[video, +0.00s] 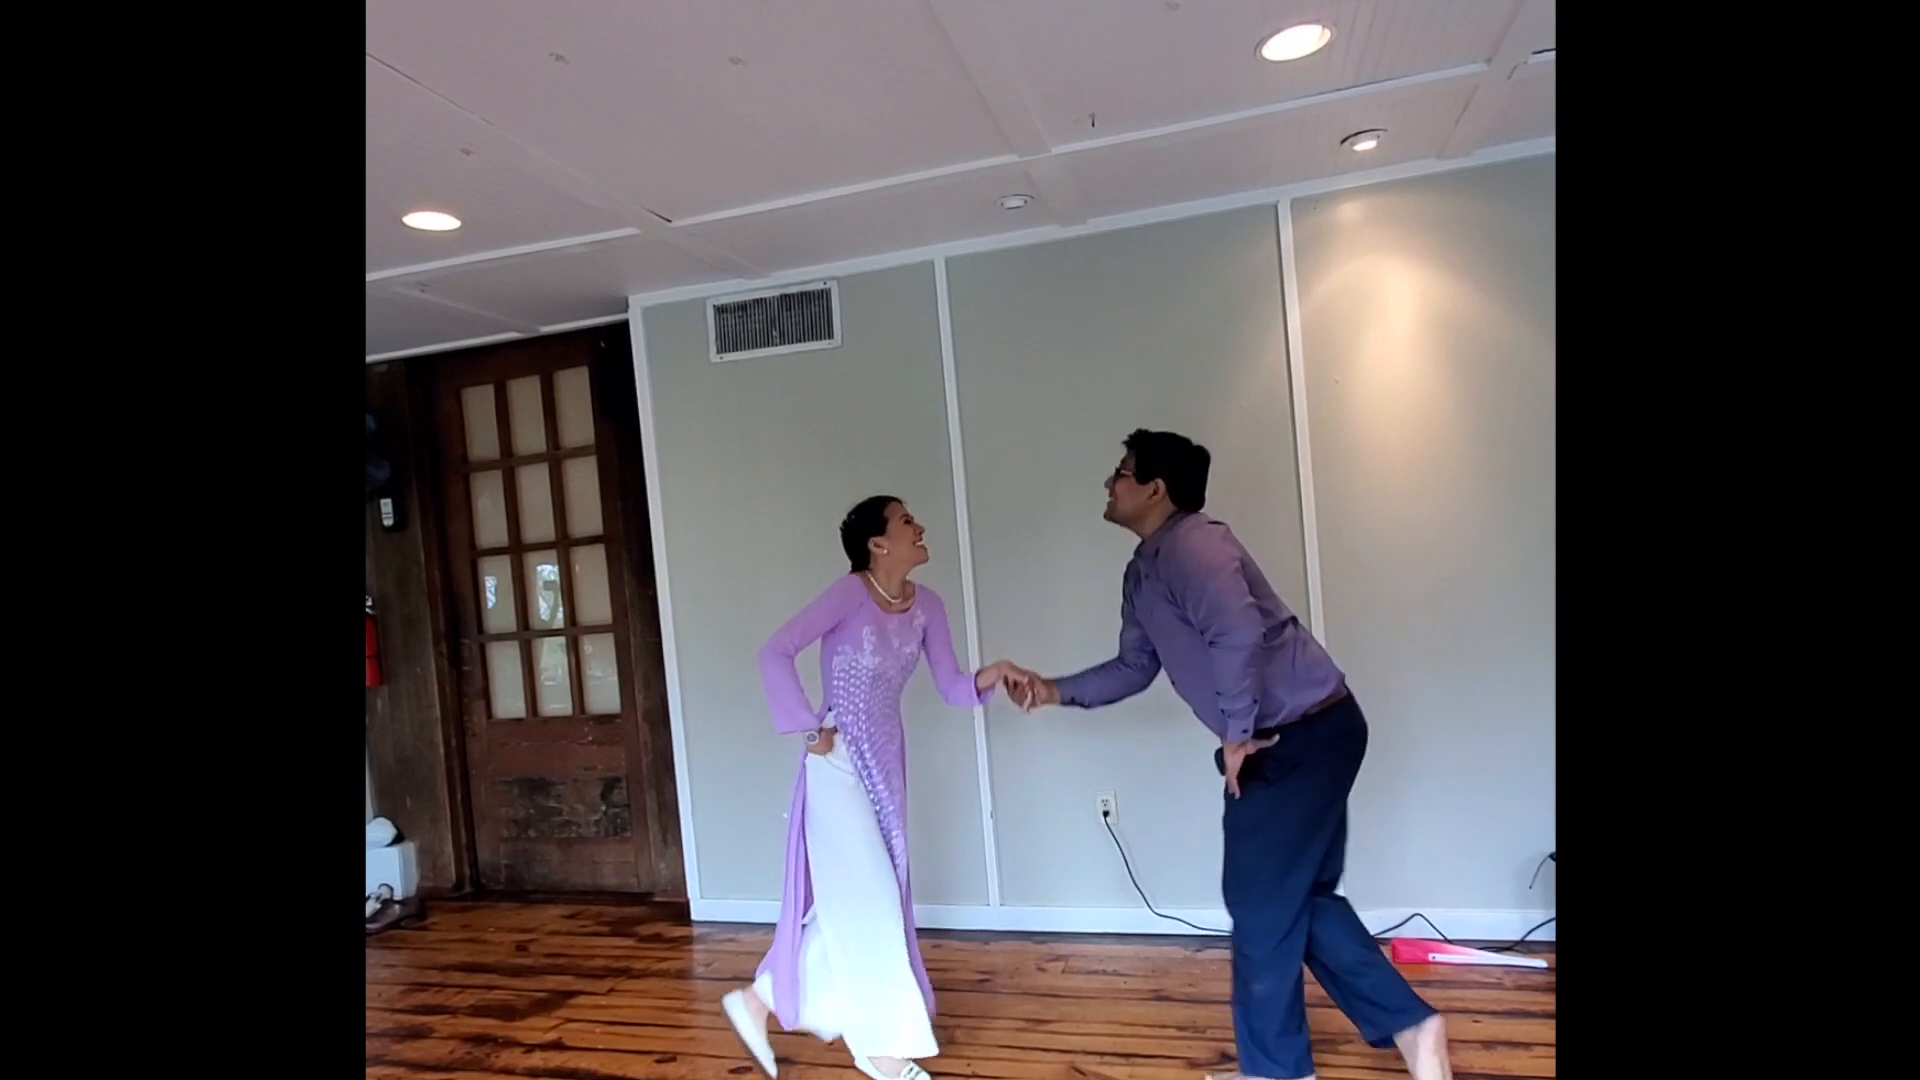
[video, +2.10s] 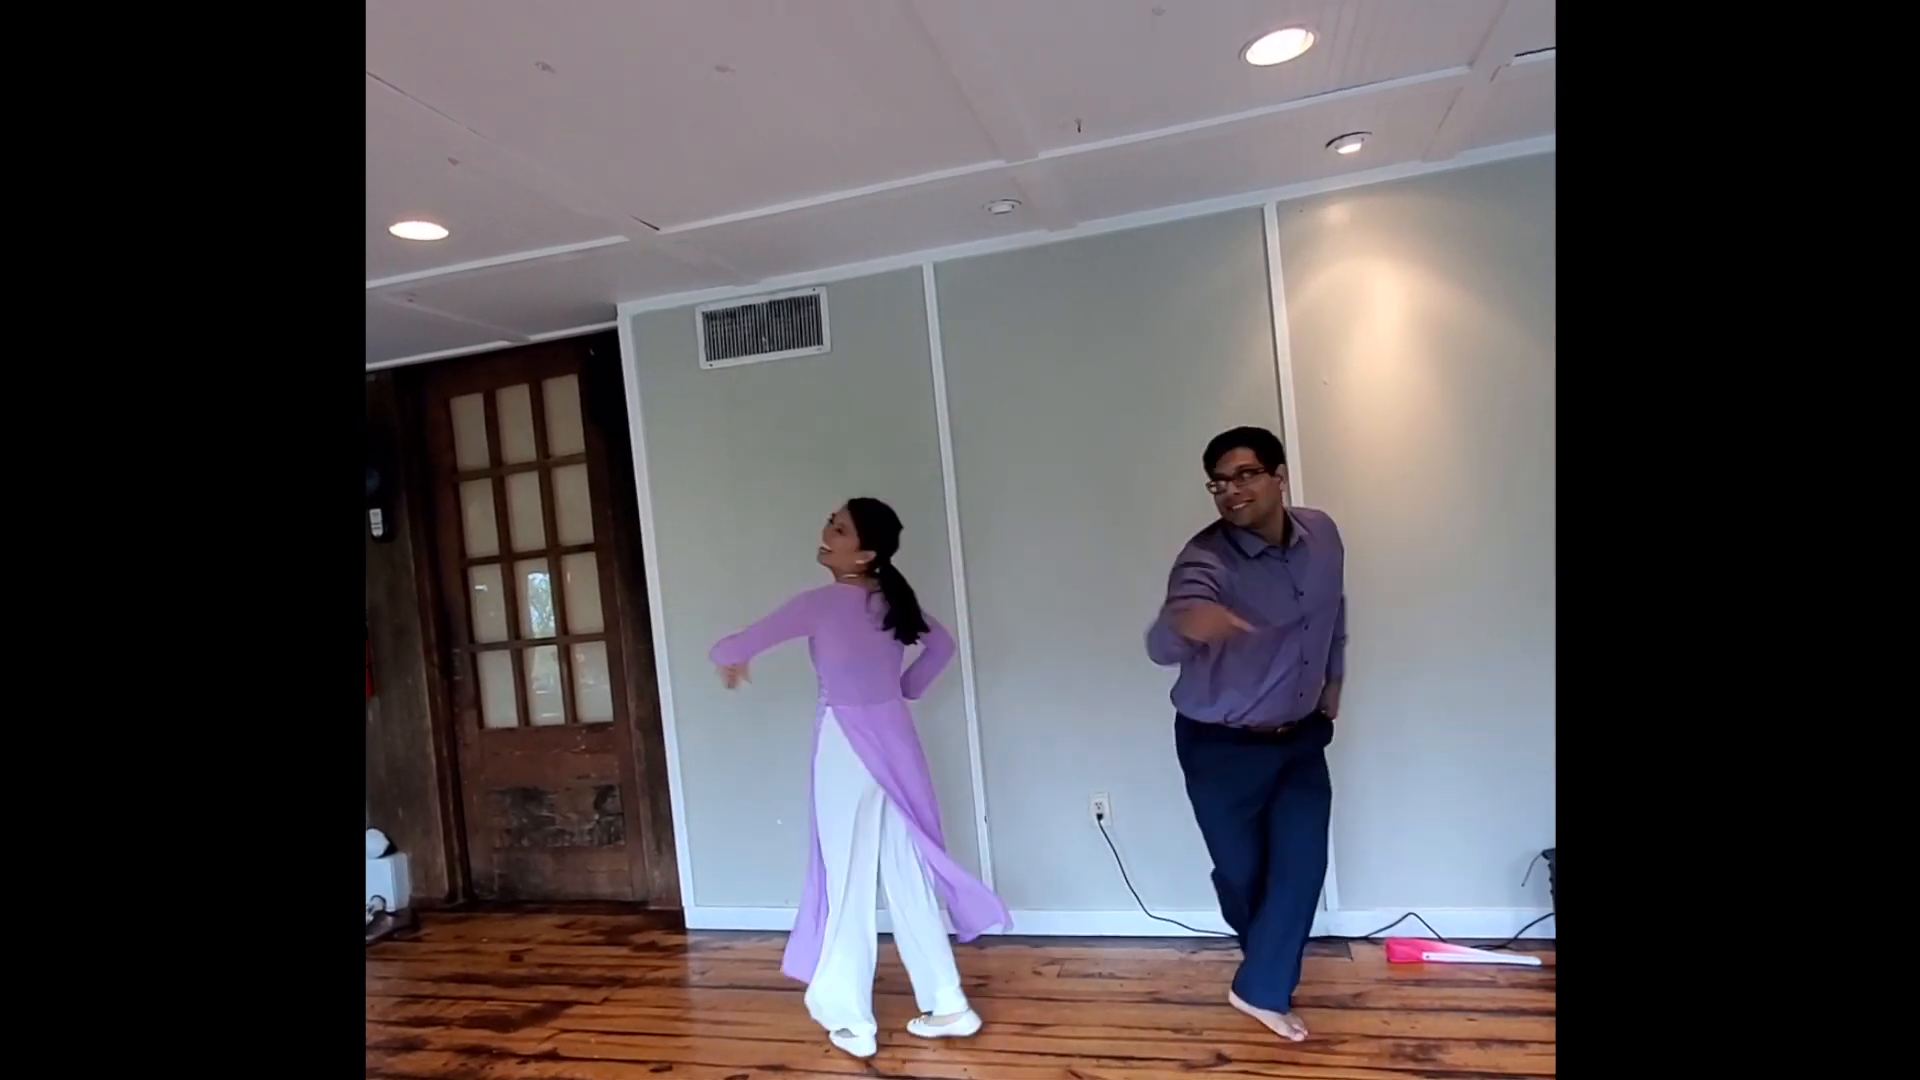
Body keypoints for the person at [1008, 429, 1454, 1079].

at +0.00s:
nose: (1109, 482)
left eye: (1121, 474)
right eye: (1116, 472)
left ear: (1155, 489)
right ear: (1151, 489)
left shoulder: (1192, 542)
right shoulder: (1145, 570)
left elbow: (1237, 628)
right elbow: (1134, 666)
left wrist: (1236, 731)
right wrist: (1054, 690)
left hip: (1297, 733)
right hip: (1299, 732)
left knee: (1259, 901)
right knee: (1300, 894)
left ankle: (1274, 1065)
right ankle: (1411, 1023)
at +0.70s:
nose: (1162, 521)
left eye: (1169, 510)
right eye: (1163, 510)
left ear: (1201, 514)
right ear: (1210, 513)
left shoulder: (1231, 570)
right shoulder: (1240, 553)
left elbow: (1264, 660)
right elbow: (1215, 647)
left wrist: (1266, 742)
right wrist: (1145, 686)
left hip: (1331, 729)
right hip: (1354, 719)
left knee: (1273, 873)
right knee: (1322, 850)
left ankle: (1308, 1046)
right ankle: (1349, 970)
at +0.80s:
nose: (1171, 517)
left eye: (1179, 506)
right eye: (1173, 505)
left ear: (1213, 512)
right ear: (1218, 512)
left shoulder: (1247, 568)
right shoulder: (1235, 562)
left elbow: (1286, 653)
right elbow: (1221, 648)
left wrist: (1275, 736)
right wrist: (1150, 674)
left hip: (1337, 731)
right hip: (1327, 728)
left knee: (1268, 868)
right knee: (1298, 851)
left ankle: (1377, 992)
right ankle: (1337, 967)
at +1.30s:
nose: (1166, 518)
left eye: (1174, 507)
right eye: (1167, 507)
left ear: (1209, 511)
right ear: (1205, 513)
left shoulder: (1285, 555)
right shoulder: (1197, 596)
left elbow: (1372, 609)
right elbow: (1188, 668)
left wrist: (1370, 707)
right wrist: (1120, 701)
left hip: (1340, 722)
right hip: (1275, 731)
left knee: (1297, 844)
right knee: (1270, 848)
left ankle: (1348, 964)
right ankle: (1330, 962)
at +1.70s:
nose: (1181, 515)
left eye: (1192, 501)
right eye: (1176, 506)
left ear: (1235, 500)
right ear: (1181, 516)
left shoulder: (1321, 546)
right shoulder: (1179, 599)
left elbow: (1392, 605)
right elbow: (1133, 667)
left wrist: (1399, 693)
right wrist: (1052, 683)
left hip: (1334, 742)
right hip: (1248, 753)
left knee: (1336, 873)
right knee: (1268, 879)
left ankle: (1312, 997)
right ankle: (1301, 950)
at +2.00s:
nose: (1206, 491)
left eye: (1217, 476)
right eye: (1197, 484)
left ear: (1260, 473)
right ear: (1197, 494)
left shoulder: (1322, 521)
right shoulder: (1199, 555)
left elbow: (1356, 581)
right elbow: (1152, 596)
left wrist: (1364, 658)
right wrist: (1103, 597)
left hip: (1305, 725)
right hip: (1226, 732)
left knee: (1313, 850)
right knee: (1252, 859)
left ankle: (1268, 979)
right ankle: (1281, 962)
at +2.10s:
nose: (1230, 491)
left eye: (1243, 476)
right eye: (1219, 482)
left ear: (1278, 479)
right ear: (1213, 492)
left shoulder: (1319, 533)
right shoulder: (1206, 558)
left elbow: (1333, 615)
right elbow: (1162, 644)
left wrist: (1331, 688)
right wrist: (1189, 624)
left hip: (1298, 735)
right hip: (1220, 743)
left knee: (1302, 866)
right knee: (1239, 873)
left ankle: (1261, 991)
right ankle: (1266, 959)